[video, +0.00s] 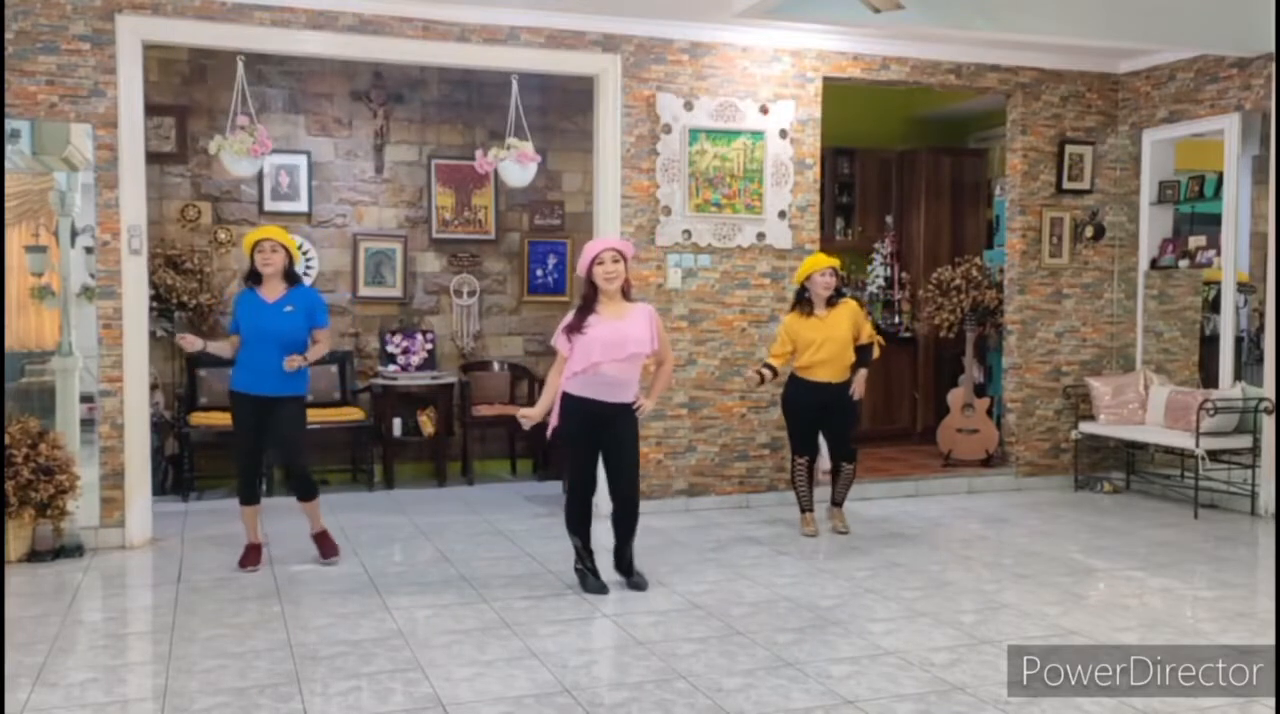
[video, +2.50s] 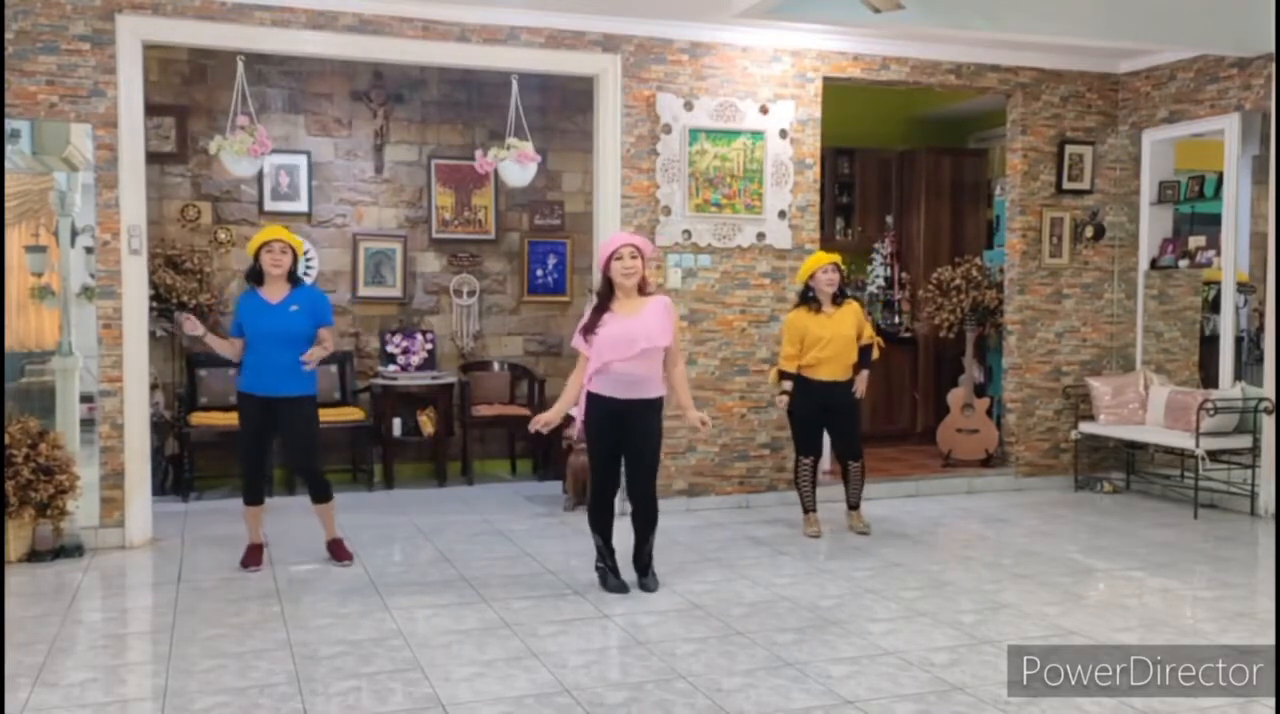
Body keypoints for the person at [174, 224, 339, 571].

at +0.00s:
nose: (267, 256)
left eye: (274, 250)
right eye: (261, 251)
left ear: (288, 258)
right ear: (253, 259)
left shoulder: (307, 297)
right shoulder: (245, 299)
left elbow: (324, 343)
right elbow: (234, 346)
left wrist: (305, 359)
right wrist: (202, 344)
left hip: (288, 396)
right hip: (246, 394)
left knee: (295, 465)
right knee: (247, 468)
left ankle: (318, 531)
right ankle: (253, 542)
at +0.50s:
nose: (299, 259)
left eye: (306, 253)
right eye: (291, 254)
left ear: (317, 260)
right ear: (282, 262)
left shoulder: (340, 293)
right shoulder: (276, 307)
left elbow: (359, 331)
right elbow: (271, 358)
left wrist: (360, 351)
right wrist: (255, 366)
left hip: (333, 395)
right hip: (289, 395)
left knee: (329, 465)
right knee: (278, 463)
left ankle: (330, 537)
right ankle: (272, 533)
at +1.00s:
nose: (309, 259)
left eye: (316, 253)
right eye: (302, 254)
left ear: (327, 260)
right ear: (292, 261)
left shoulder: (345, 295)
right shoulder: (279, 304)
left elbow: (354, 336)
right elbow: (265, 351)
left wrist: (378, 343)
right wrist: (288, 358)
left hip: (336, 396)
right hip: (293, 397)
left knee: (332, 466)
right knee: (293, 466)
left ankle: (330, 538)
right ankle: (293, 533)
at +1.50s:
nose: (288, 257)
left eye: (295, 251)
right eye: (281, 251)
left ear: (305, 259)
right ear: (271, 258)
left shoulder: (314, 301)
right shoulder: (255, 295)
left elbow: (313, 350)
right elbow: (218, 332)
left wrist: (340, 354)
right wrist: (242, 363)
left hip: (301, 397)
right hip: (258, 397)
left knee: (311, 466)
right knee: (258, 469)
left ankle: (325, 536)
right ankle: (256, 541)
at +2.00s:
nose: (267, 255)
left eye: (274, 250)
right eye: (260, 250)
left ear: (285, 258)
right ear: (249, 257)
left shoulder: (299, 302)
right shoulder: (231, 296)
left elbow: (302, 349)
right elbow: (212, 339)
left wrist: (315, 353)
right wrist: (188, 347)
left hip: (282, 398)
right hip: (239, 397)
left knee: (283, 468)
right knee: (246, 468)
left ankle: (277, 540)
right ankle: (254, 542)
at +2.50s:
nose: (276, 257)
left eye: (283, 251)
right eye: (270, 251)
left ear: (294, 259)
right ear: (259, 259)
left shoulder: (313, 298)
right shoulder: (247, 301)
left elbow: (328, 342)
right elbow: (234, 351)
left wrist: (319, 351)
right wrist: (204, 334)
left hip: (299, 397)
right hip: (254, 397)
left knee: (309, 466)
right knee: (253, 469)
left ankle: (333, 538)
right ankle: (255, 542)